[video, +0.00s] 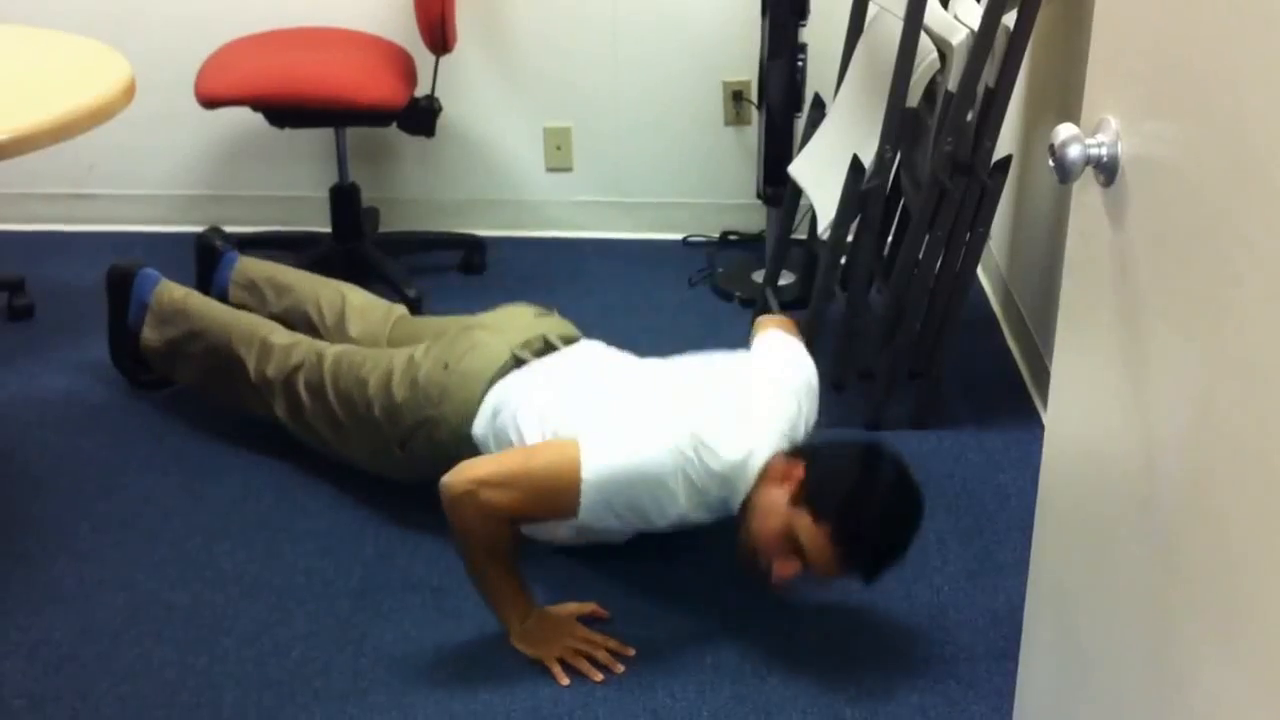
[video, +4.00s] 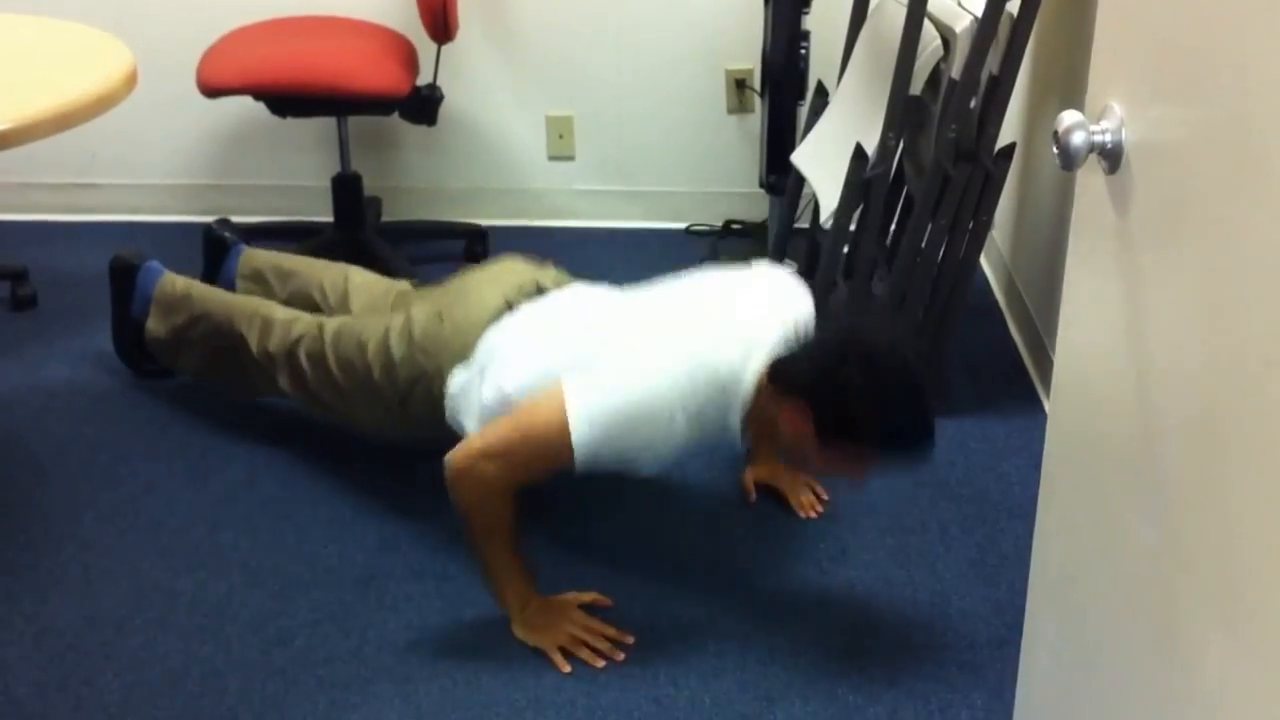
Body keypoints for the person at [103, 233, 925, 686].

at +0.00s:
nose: (786, 576)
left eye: (809, 575)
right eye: (795, 555)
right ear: (788, 488)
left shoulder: (792, 398)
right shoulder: (664, 476)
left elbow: (774, 323)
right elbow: (468, 495)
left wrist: (756, 431)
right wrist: (525, 619)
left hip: (541, 334)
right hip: (466, 403)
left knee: (384, 324)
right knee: (292, 376)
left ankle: (232, 268)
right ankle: (156, 312)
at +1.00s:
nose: (827, 483)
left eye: (840, 480)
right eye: (833, 474)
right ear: (798, 444)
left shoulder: (780, 314)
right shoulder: (650, 426)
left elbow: (750, 378)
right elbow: (463, 492)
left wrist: (760, 457)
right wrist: (524, 616)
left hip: (521, 295)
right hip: (457, 376)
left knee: (373, 303)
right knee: (287, 365)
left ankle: (233, 264)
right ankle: (152, 316)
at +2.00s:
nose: (817, 364)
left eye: (830, 356)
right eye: (822, 351)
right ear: (785, 323)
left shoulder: (766, 229)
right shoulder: (632, 324)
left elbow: (760, 347)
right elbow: (507, 455)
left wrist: (760, 457)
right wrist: (524, 605)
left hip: (516, 239)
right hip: (457, 310)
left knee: (373, 277)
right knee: (288, 337)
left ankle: (241, 259)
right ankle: (151, 309)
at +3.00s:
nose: (835, 363)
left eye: (853, 351)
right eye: (836, 345)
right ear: (784, 306)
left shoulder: (770, 224)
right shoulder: (637, 312)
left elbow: (761, 341)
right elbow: (503, 455)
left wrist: (762, 453)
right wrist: (524, 601)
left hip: (519, 230)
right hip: (458, 307)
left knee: (374, 268)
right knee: (292, 332)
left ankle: (238, 255)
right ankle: (153, 312)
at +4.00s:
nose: (837, 471)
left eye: (850, 467)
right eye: (843, 460)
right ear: (803, 421)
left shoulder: (785, 295)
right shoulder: (663, 394)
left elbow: (747, 372)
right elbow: (472, 469)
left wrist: (762, 447)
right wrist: (527, 607)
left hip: (536, 288)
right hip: (466, 364)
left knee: (382, 297)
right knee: (296, 353)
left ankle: (246, 257)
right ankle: (158, 307)